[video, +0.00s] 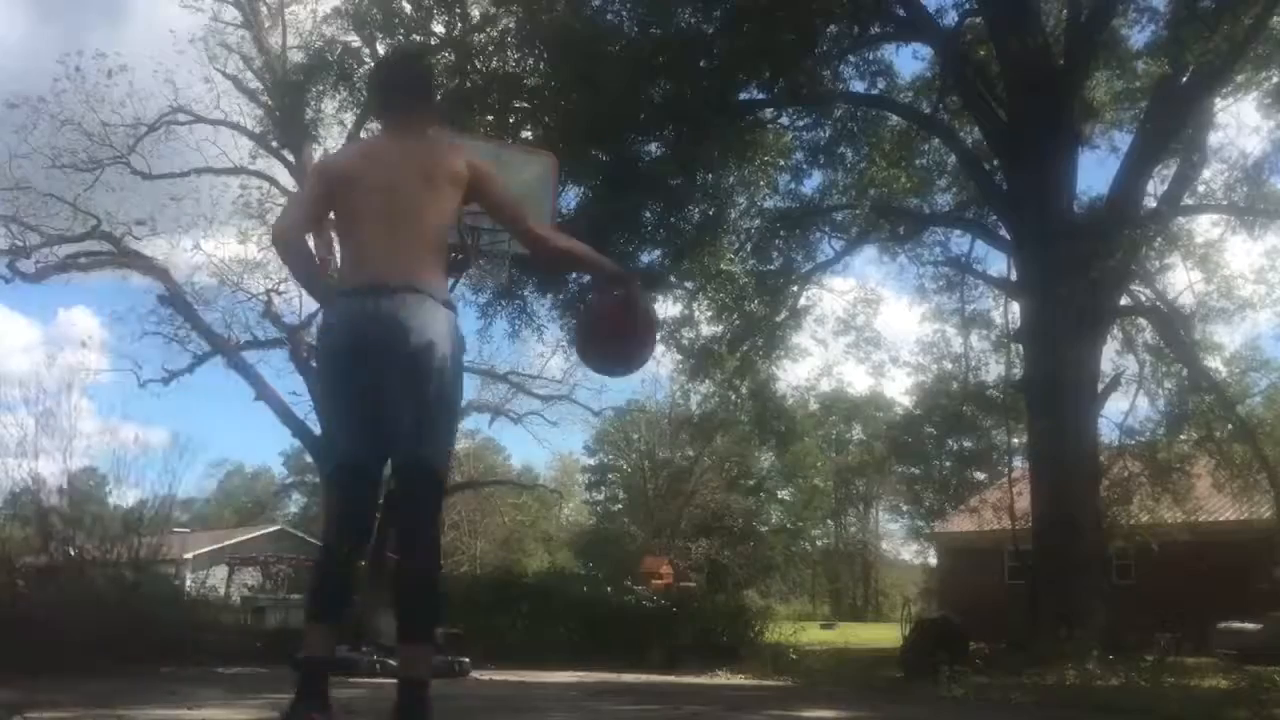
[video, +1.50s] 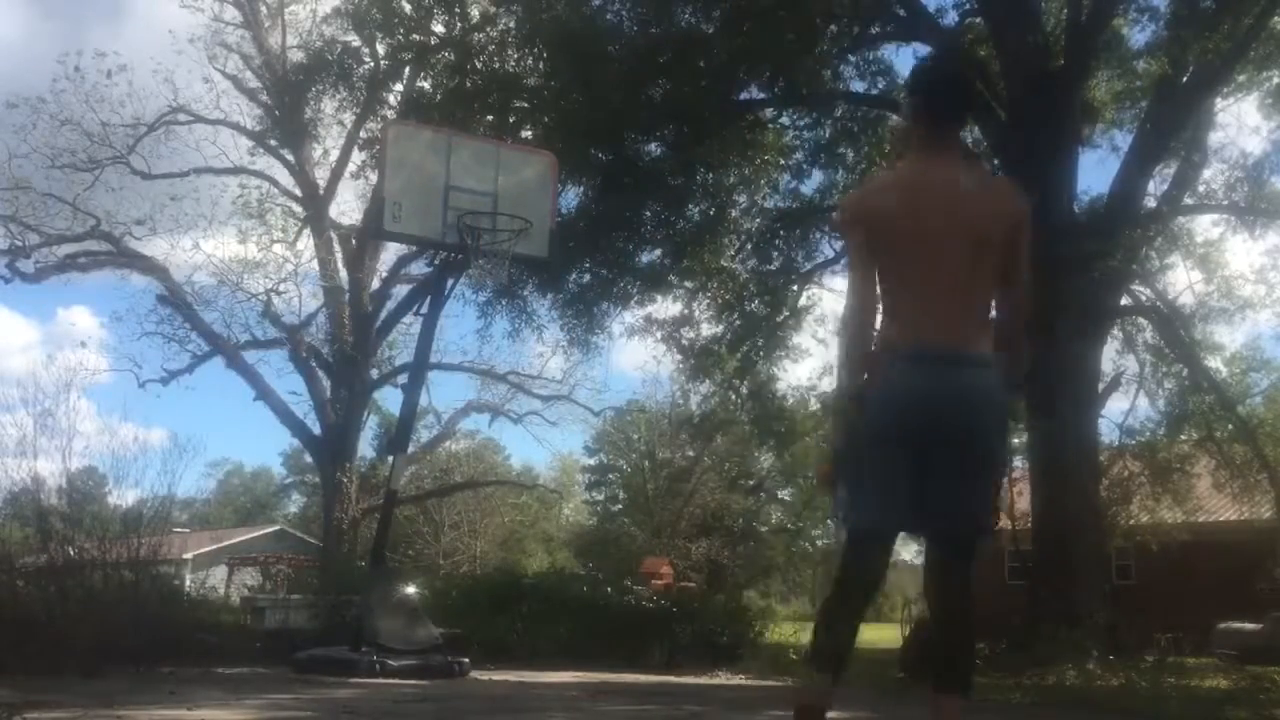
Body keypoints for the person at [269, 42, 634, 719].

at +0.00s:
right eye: (428, 99)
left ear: (374, 102)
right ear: (432, 100)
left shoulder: (335, 164)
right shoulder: (455, 157)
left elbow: (286, 234)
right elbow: (536, 236)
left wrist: (329, 297)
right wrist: (612, 268)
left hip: (346, 321)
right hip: (423, 323)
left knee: (344, 516)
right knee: (419, 512)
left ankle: (311, 691)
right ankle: (414, 694)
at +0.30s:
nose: (598, 158)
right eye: (601, 150)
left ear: (539, 154)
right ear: (597, 148)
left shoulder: (521, 220)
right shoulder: (633, 204)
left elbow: (541, 322)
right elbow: (655, 315)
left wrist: (661, 357)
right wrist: (702, 349)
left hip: (544, 392)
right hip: (620, 389)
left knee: (524, 565)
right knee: (696, 543)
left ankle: (434, 673)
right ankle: (766, 687)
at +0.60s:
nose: (783, 157)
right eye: (784, 147)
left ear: (729, 150)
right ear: (785, 151)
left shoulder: (687, 218)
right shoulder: (808, 216)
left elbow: (665, 267)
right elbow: (840, 314)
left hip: (696, 412)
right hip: (769, 410)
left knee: (784, 561)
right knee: (811, 562)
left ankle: (774, 689)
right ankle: (808, 702)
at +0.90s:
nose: (861, 4)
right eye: (857, 5)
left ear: (787, 8)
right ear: (840, 5)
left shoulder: (755, 48)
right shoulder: (863, 37)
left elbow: (721, 40)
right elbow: (879, 9)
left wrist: (735, 0)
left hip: (779, 249)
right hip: (854, 246)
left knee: (775, 434)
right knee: (864, 435)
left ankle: (754, 620)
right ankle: (852, 617)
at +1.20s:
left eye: (876, 71)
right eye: (914, 77)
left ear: (863, 84)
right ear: (920, 84)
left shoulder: (823, 149)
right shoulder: (940, 141)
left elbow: (796, 135)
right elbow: (918, 89)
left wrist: (796, 103)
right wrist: (899, 33)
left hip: (829, 355)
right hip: (907, 353)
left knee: (796, 527)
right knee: (925, 534)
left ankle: (748, 685)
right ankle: (945, 690)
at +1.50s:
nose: (906, 121)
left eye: (907, 111)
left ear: (911, 115)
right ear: (970, 119)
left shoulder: (872, 197)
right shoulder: (1005, 199)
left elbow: (860, 315)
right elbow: (1014, 310)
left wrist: (845, 408)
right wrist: (998, 388)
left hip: (894, 385)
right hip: (976, 389)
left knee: (863, 555)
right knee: (953, 563)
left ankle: (812, 699)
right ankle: (949, 704)